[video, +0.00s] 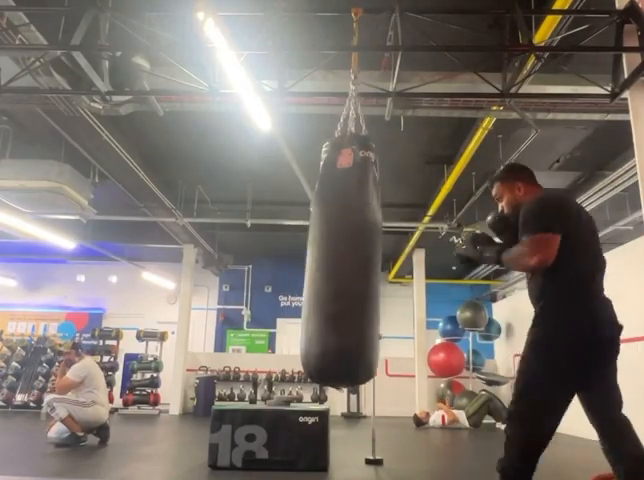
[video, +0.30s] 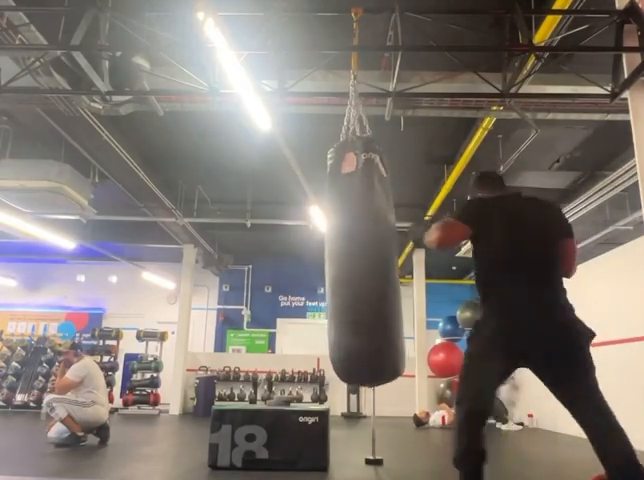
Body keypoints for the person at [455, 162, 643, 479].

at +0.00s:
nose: (499, 210)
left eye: (499, 199)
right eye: (497, 203)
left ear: (519, 187)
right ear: (526, 187)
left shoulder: (542, 204)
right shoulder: (573, 209)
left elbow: (539, 254)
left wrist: (495, 255)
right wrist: (518, 236)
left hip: (561, 326)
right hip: (597, 323)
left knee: (528, 419)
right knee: (608, 417)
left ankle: (513, 473)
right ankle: (634, 471)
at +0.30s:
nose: (474, 203)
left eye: (474, 199)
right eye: (475, 200)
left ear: (478, 194)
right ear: (506, 187)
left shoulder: (479, 207)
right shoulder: (547, 209)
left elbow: (440, 238)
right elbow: (568, 267)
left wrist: (431, 231)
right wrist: (534, 251)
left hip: (500, 327)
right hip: (554, 325)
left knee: (470, 411)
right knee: (594, 413)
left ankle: (470, 472)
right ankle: (629, 472)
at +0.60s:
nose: (423, 225)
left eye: (421, 216)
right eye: (419, 218)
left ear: (436, 207)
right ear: (449, 201)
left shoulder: (459, 233)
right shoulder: (493, 220)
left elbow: (465, 293)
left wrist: (446, 284)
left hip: (495, 342)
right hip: (537, 334)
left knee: (453, 434)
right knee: (586, 427)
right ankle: (632, 472)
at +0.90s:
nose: (461, 223)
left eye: (462, 217)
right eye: (460, 219)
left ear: (472, 208)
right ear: (494, 203)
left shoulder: (475, 221)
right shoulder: (551, 224)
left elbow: (457, 258)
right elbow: (567, 284)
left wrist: (433, 309)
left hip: (502, 343)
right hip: (557, 341)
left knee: (463, 432)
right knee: (570, 425)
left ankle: (454, 474)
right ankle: (603, 475)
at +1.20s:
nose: (503, 192)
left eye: (503, 183)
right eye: (500, 185)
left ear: (520, 170)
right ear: (534, 167)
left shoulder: (528, 191)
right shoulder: (592, 194)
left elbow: (523, 240)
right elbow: (609, 252)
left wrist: (505, 264)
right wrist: (579, 271)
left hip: (555, 312)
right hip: (603, 310)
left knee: (535, 405)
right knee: (612, 406)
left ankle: (581, 475)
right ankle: (638, 470)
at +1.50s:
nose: (509, 189)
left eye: (509, 179)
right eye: (506, 183)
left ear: (530, 167)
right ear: (538, 167)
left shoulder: (547, 191)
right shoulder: (590, 193)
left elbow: (562, 243)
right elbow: (589, 256)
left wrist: (520, 276)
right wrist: (527, 240)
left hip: (575, 311)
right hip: (620, 305)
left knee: (544, 401)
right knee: (636, 405)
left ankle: (562, 474)